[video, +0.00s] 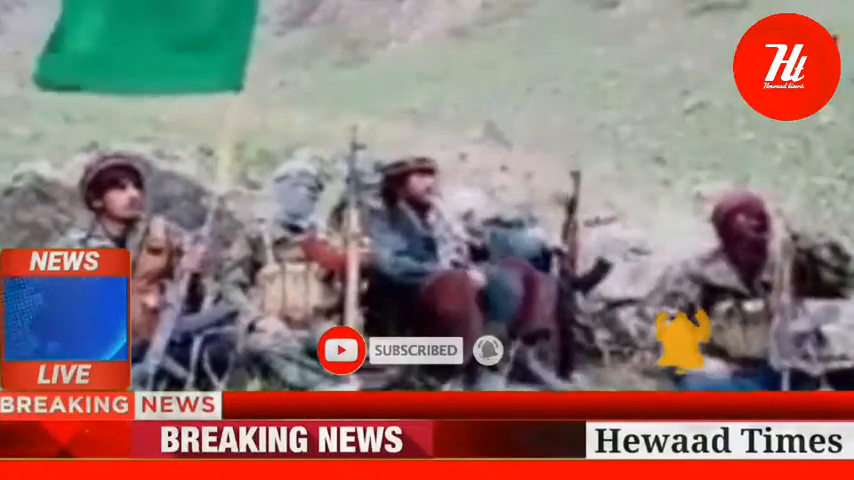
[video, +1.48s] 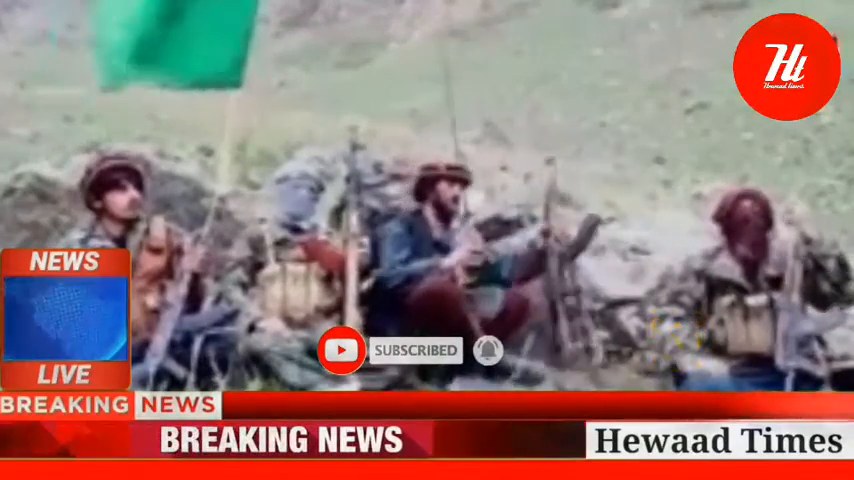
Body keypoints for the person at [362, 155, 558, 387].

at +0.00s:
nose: (429, 182)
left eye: (430, 175)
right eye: (420, 175)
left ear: (433, 180)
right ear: (400, 183)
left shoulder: (435, 214)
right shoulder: (384, 219)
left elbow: (457, 246)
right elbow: (390, 265)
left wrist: (470, 268)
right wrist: (449, 273)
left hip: (459, 275)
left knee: (539, 280)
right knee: (457, 287)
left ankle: (527, 356)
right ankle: (474, 368)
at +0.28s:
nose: (436, 182)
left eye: (436, 175)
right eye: (427, 175)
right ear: (406, 184)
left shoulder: (440, 217)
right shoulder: (387, 222)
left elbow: (464, 244)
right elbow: (392, 265)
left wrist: (477, 255)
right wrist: (453, 260)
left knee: (526, 276)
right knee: (465, 280)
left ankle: (524, 355)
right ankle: (477, 368)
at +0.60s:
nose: (439, 193)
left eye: (441, 187)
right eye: (431, 185)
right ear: (411, 188)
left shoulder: (440, 223)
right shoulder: (389, 225)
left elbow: (461, 248)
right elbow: (397, 267)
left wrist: (479, 253)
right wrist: (454, 256)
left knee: (511, 275)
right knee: (463, 279)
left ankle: (501, 346)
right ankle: (478, 367)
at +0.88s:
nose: (440, 198)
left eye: (442, 192)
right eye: (433, 190)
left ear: (442, 197)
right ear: (411, 193)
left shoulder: (441, 231)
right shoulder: (387, 232)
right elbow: (393, 264)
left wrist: (535, 270)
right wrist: (448, 245)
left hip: (450, 304)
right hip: (405, 313)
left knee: (515, 276)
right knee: (457, 273)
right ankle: (480, 358)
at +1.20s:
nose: (443, 194)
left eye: (446, 188)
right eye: (435, 185)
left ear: (447, 194)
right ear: (414, 191)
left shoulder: (451, 228)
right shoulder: (392, 231)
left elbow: (479, 272)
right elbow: (389, 271)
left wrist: (476, 252)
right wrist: (446, 257)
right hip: (405, 321)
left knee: (516, 284)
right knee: (446, 279)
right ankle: (490, 341)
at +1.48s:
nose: (458, 192)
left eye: (461, 186)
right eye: (450, 185)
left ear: (464, 192)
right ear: (431, 189)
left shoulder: (463, 229)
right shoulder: (401, 228)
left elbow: (497, 274)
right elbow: (391, 277)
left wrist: (536, 249)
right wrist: (447, 264)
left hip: (464, 300)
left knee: (520, 301)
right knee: (442, 289)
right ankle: (487, 356)